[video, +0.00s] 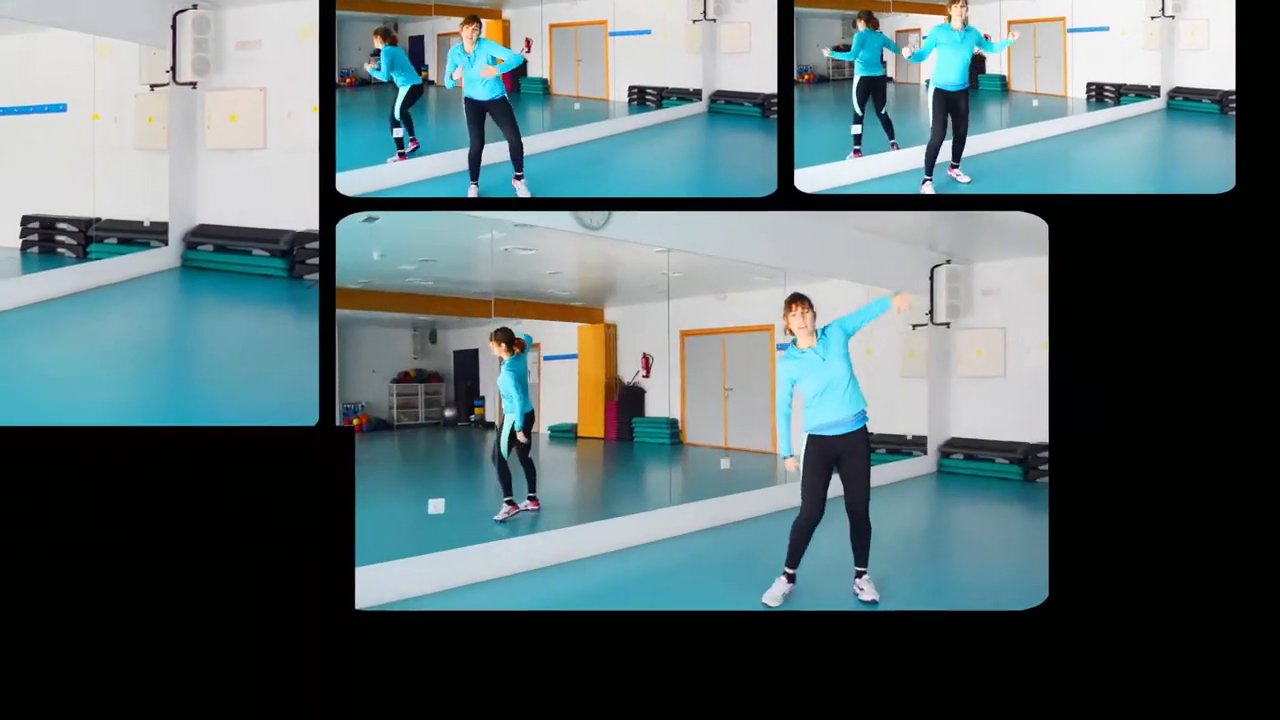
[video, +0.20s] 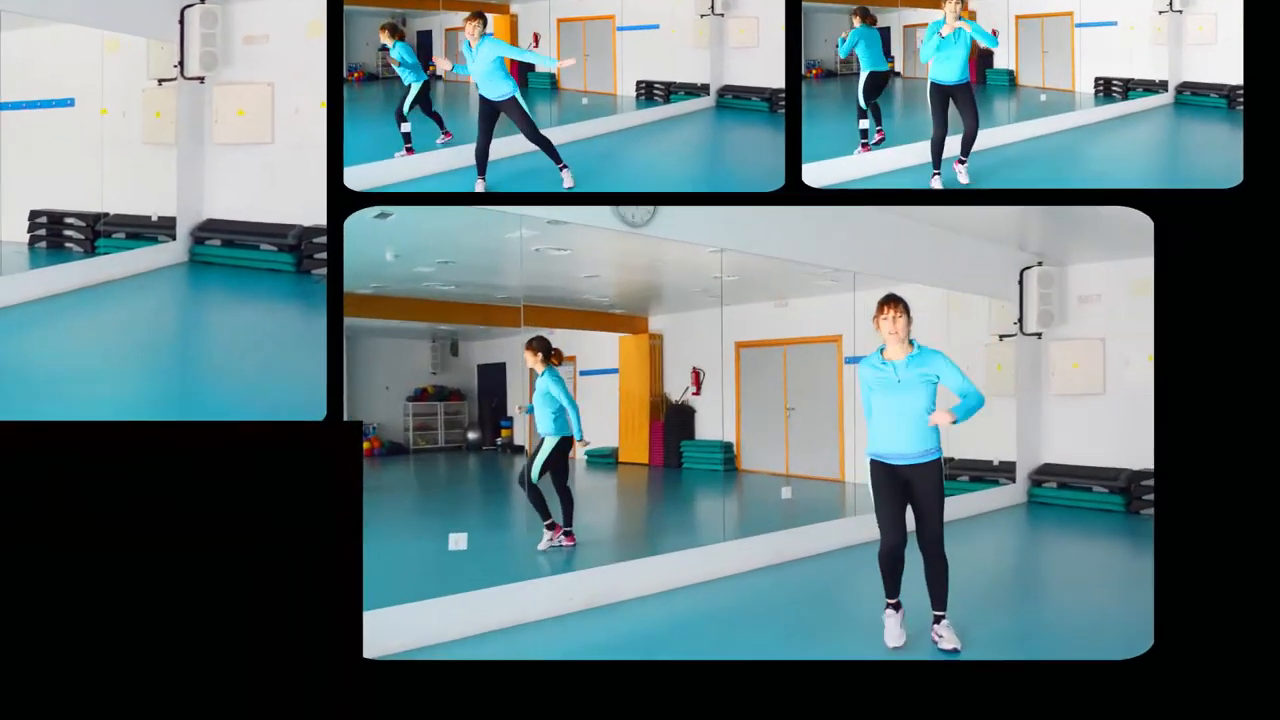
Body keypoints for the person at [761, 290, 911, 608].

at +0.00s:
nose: (801, 317)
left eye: (805, 311)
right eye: (794, 313)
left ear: (813, 315)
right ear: (787, 322)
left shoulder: (837, 331)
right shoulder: (788, 362)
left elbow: (867, 313)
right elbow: (783, 409)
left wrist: (894, 298)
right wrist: (787, 451)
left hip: (854, 436)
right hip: (818, 441)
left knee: (859, 510)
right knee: (810, 513)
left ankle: (861, 577)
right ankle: (787, 578)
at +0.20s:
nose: (892, 322)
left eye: (898, 316)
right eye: (885, 317)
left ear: (909, 323)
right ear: (877, 325)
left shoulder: (933, 360)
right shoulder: (866, 367)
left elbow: (974, 397)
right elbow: (869, 413)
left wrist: (952, 414)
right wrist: (884, 441)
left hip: (926, 465)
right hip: (883, 466)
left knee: (932, 542)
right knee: (892, 542)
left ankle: (940, 622)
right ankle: (892, 610)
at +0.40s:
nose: (946, 327)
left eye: (954, 322)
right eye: (940, 321)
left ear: (965, 331)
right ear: (931, 328)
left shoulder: (978, 374)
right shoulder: (915, 369)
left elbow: (983, 436)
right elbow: (894, 405)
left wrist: (934, 417)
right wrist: (848, 422)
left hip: (959, 482)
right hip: (914, 480)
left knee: (974, 567)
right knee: (911, 567)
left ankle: (993, 652)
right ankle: (908, 631)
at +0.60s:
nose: (935, 341)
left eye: (944, 337)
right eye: (931, 334)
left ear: (954, 346)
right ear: (919, 338)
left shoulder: (959, 388)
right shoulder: (898, 376)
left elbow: (957, 446)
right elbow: (849, 398)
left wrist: (922, 406)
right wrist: (832, 357)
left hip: (932, 498)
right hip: (887, 494)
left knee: (964, 583)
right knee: (889, 581)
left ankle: (1008, 662)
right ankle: (895, 652)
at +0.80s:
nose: (920, 329)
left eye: (928, 324)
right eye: (915, 320)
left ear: (935, 333)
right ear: (902, 323)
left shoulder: (935, 372)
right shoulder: (875, 355)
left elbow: (917, 418)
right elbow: (834, 372)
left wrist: (903, 375)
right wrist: (867, 327)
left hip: (913, 477)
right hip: (872, 475)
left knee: (920, 565)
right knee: (894, 565)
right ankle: (914, 633)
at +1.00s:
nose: (950, 300)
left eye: (957, 296)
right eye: (945, 291)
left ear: (961, 304)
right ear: (930, 293)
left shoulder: (959, 346)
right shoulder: (899, 327)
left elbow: (943, 398)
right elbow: (898, 369)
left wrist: (907, 374)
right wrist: (949, 352)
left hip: (932, 447)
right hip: (891, 445)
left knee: (918, 539)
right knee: (909, 539)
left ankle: (913, 618)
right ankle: (958, 590)